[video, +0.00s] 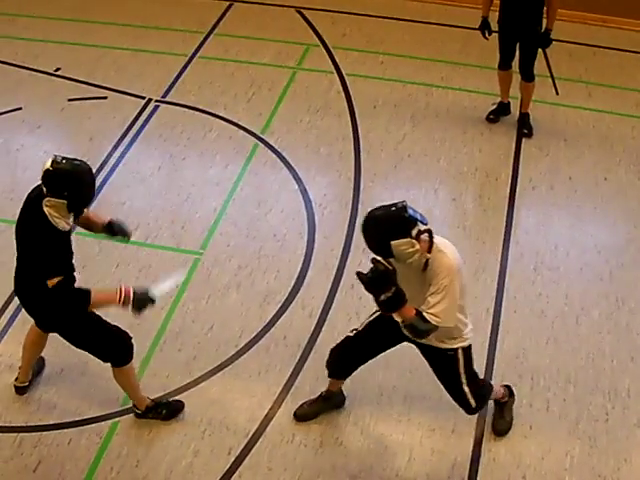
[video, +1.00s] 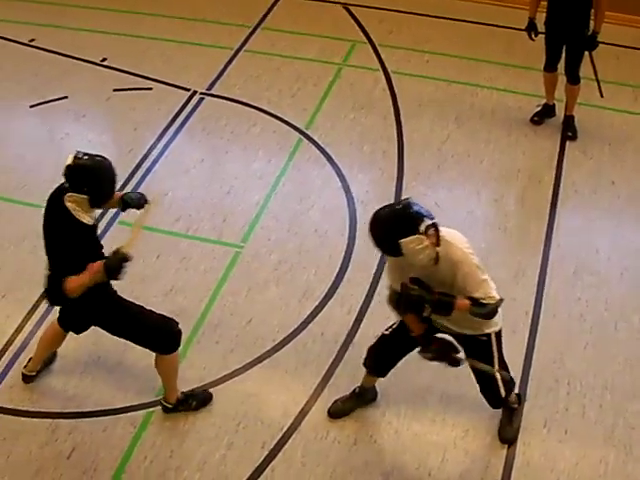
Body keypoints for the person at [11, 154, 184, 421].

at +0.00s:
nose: (85, 203)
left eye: (86, 198)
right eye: (82, 199)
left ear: (55, 187)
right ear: (67, 199)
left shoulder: (44, 196)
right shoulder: (48, 238)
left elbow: (79, 217)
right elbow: (62, 298)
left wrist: (106, 226)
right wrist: (125, 296)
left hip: (30, 290)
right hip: (49, 305)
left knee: (42, 323)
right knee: (119, 344)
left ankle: (23, 377)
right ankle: (141, 404)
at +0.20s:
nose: (80, 200)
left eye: (80, 195)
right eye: (78, 196)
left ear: (53, 184)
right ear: (68, 196)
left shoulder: (41, 195)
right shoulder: (45, 230)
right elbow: (76, 271)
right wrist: (122, 231)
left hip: (34, 286)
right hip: (54, 300)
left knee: (46, 320)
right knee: (125, 342)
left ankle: (26, 375)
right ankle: (139, 403)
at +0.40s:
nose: (87, 198)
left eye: (86, 193)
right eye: (84, 194)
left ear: (57, 182)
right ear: (73, 197)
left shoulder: (44, 194)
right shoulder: (50, 228)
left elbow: (82, 222)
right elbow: (77, 264)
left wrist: (87, 252)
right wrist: (119, 219)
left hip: (36, 284)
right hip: (60, 299)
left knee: (49, 317)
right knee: (131, 339)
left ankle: (29, 372)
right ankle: (143, 401)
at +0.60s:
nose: (96, 195)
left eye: (96, 190)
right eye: (95, 191)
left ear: (67, 178)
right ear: (83, 192)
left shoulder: (52, 190)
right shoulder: (64, 223)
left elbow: (90, 218)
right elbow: (87, 266)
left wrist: (98, 243)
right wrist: (124, 225)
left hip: (43, 280)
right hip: (67, 295)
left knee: (56, 311)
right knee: (139, 336)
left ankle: (36, 366)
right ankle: (150, 397)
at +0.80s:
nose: (89, 191)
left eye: (89, 186)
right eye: (86, 187)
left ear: (60, 182)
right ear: (71, 189)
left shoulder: (59, 196)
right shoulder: (40, 226)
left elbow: (83, 203)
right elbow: (9, 279)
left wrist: (100, 208)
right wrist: (44, 276)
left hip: (68, 292)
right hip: (83, 302)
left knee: (53, 325)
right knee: (156, 333)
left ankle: (20, 368)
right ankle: (161, 396)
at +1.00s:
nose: (106, 197)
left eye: (106, 193)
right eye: (103, 193)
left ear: (79, 182)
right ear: (88, 193)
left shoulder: (64, 194)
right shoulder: (66, 230)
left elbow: (96, 201)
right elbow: (61, 289)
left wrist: (123, 201)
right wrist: (101, 271)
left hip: (80, 290)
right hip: (93, 300)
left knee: (64, 324)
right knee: (167, 333)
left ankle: (32, 367)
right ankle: (173, 398)